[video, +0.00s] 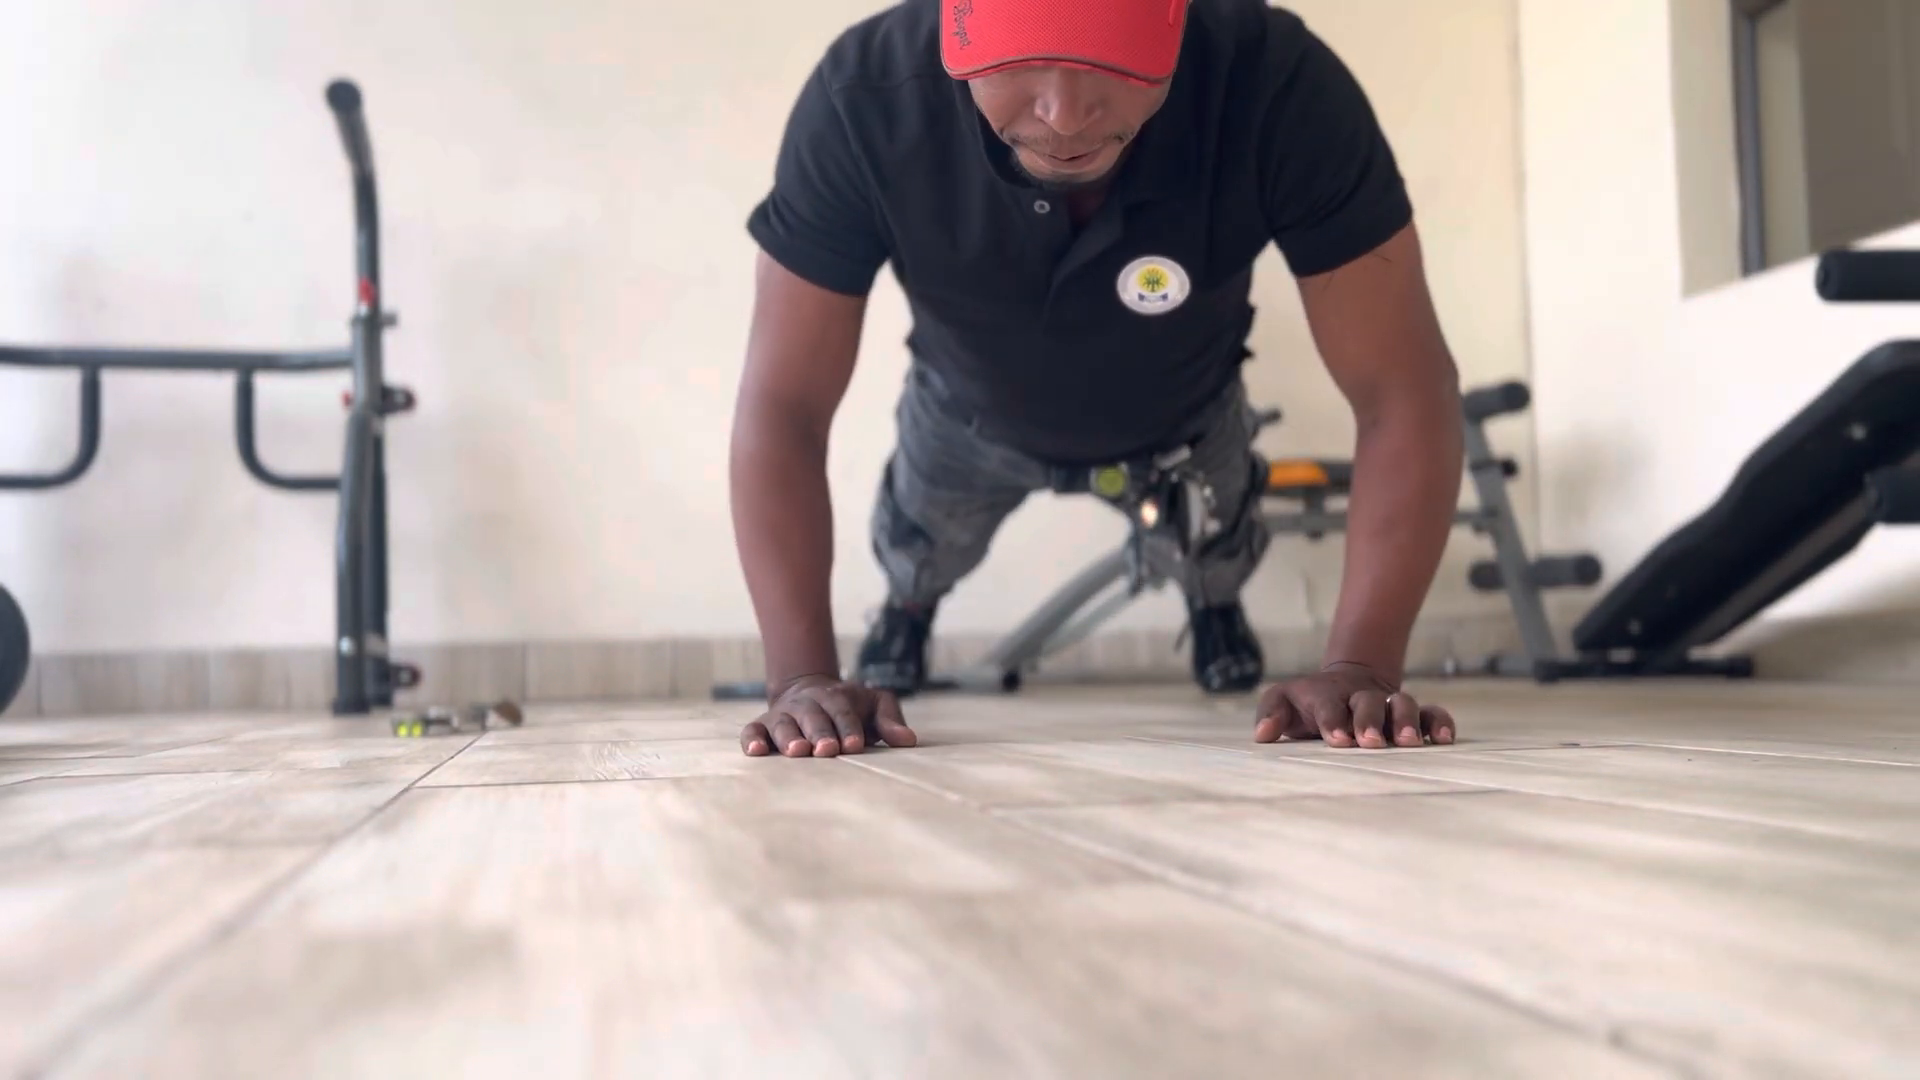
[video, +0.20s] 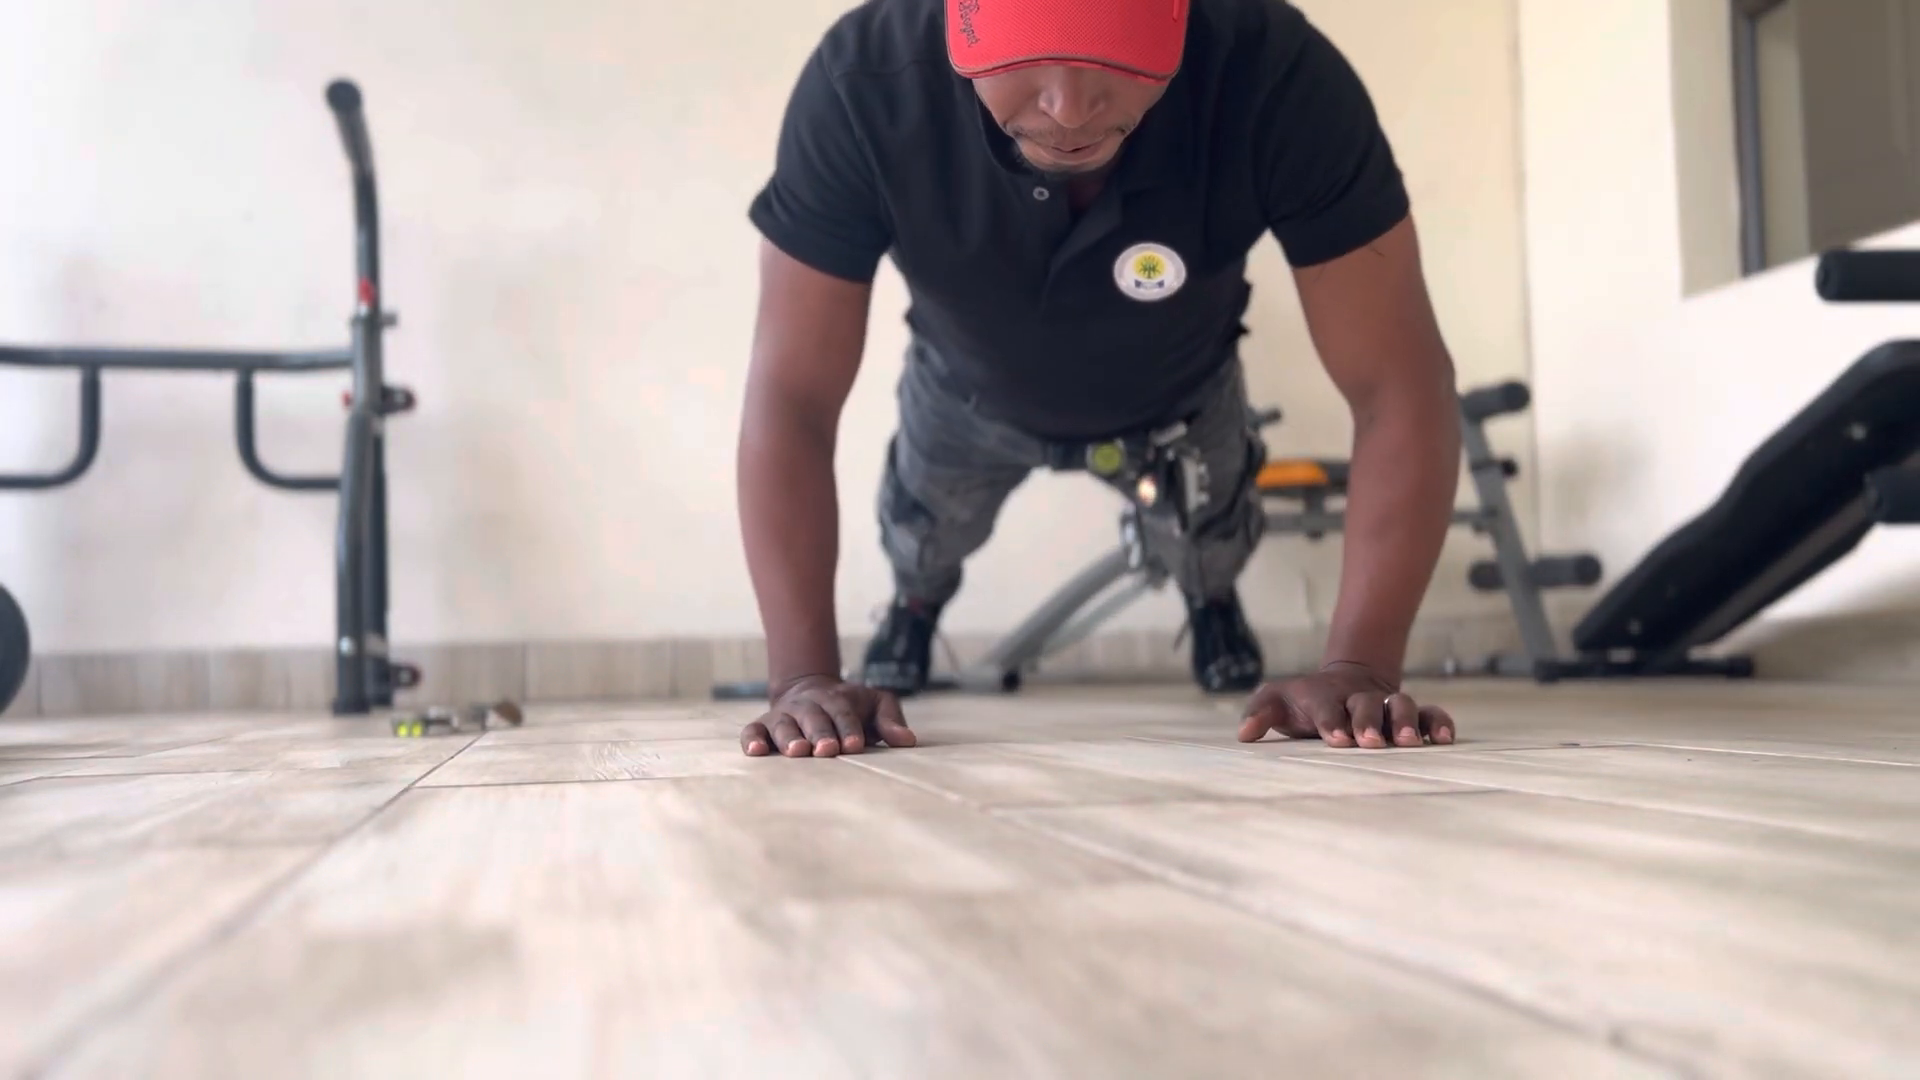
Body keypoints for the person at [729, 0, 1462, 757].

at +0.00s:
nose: (1063, 113)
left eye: (1112, 65)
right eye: (1019, 65)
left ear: (1173, 35)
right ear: (960, 33)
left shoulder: (1275, 85)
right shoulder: (867, 98)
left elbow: (1406, 390)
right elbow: (781, 409)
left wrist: (1360, 669)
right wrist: (798, 682)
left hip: (1183, 415)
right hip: (974, 418)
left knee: (1218, 534)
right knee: (926, 540)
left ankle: (1217, 612)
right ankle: (908, 616)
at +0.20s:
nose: (1066, 106)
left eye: (1112, 61)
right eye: (1025, 58)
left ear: (1174, 28)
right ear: (964, 24)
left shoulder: (1277, 80)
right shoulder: (865, 86)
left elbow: (1403, 388)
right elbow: (789, 401)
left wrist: (1358, 669)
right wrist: (800, 680)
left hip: (1178, 394)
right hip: (973, 392)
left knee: (1213, 522)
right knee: (929, 527)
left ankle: (1217, 611)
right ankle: (914, 616)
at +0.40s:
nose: (1066, 109)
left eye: (1111, 68)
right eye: (1023, 68)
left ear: (1173, 31)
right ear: (963, 29)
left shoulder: (1275, 70)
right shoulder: (868, 81)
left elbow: (1403, 383)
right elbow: (793, 399)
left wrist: (1359, 667)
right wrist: (801, 680)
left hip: (1182, 392)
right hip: (977, 391)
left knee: (1214, 525)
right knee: (930, 529)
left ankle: (1217, 610)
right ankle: (915, 615)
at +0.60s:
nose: (1075, 121)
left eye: (1119, 83)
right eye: (1034, 81)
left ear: (1179, 44)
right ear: (970, 39)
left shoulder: (1284, 76)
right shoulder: (870, 86)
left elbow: (1408, 385)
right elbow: (788, 401)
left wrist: (1360, 669)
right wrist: (800, 681)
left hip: (1181, 402)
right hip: (972, 400)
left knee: (1216, 528)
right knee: (927, 533)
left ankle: (1217, 609)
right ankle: (912, 616)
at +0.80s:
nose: (1072, 114)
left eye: (1116, 76)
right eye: (1030, 75)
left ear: (1177, 36)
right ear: (969, 33)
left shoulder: (1283, 74)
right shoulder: (868, 83)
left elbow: (1407, 385)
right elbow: (787, 400)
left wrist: (1360, 668)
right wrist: (800, 681)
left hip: (1181, 402)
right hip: (972, 400)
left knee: (1217, 527)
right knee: (927, 534)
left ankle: (1219, 610)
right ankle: (913, 616)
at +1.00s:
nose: (1074, 155)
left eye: (1118, 119)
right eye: (1032, 118)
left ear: (1184, 56)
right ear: (961, 54)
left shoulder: (1281, 83)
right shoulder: (866, 96)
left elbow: (1418, 390)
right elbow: (777, 407)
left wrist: (1359, 668)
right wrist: (799, 682)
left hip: (1184, 407)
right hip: (972, 406)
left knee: (1217, 530)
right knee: (928, 535)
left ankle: (1219, 610)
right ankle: (915, 621)